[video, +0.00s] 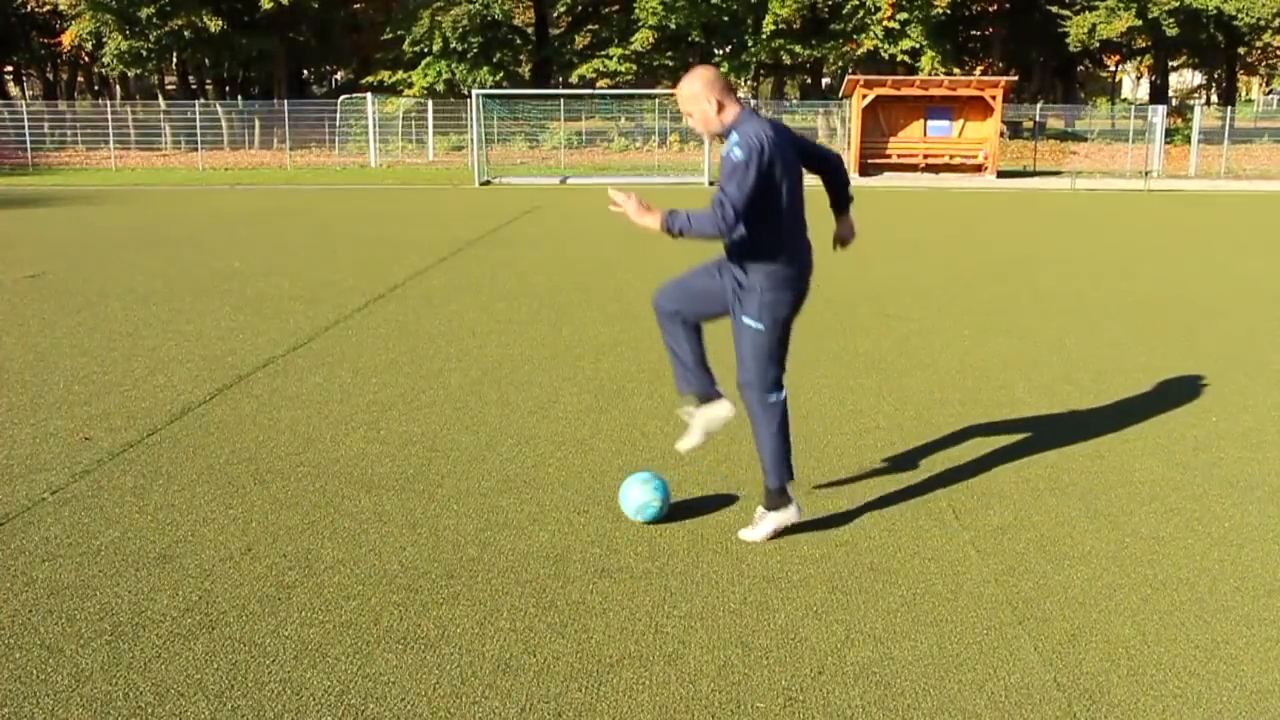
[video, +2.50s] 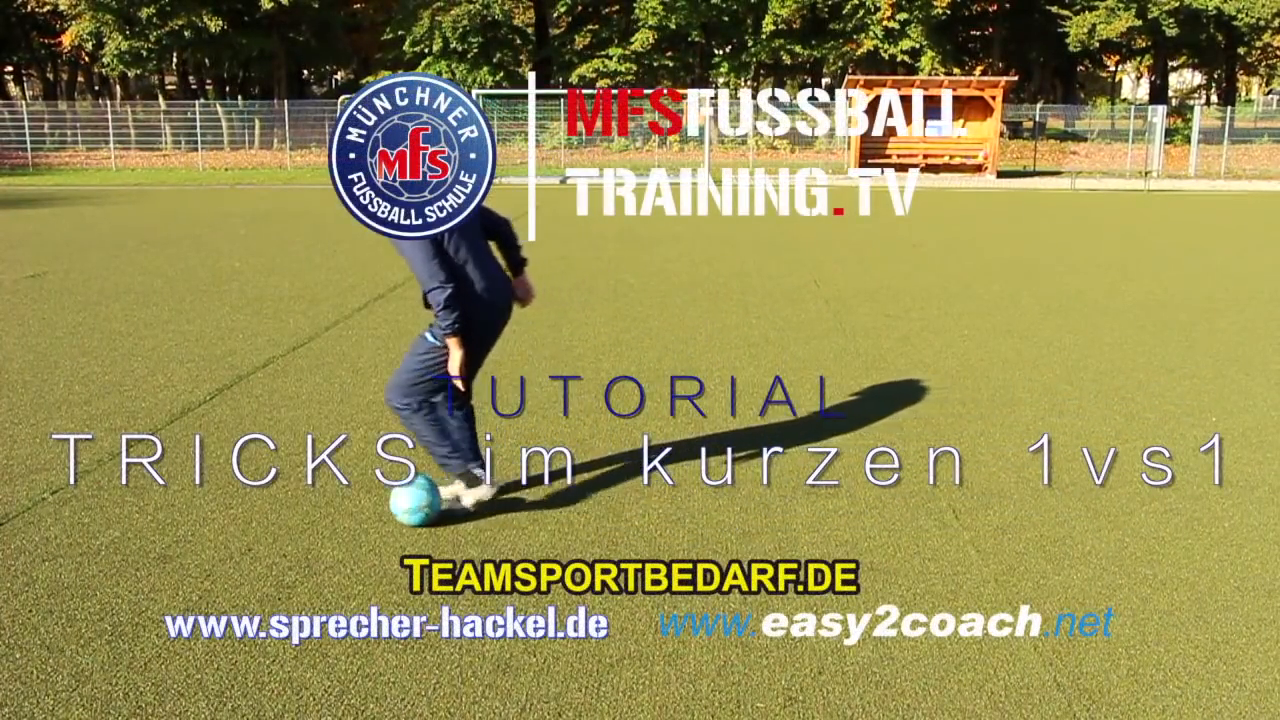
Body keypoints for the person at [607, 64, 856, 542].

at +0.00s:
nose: (691, 126)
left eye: (691, 115)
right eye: (687, 117)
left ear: (716, 105)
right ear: (721, 102)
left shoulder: (748, 142)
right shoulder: (767, 129)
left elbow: (723, 220)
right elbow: (830, 163)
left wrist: (656, 219)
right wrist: (843, 213)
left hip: (770, 277)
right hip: (742, 267)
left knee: (761, 388)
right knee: (670, 302)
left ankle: (779, 501)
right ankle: (706, 402)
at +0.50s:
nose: (620, 103)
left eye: (620, 93)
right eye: (616, 94)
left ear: (646, 79)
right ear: (654, 74)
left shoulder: (675, 121)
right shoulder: (708, 95)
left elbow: (692, 212)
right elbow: (771, 124)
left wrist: (656, 273)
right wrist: (805, 173)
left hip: (716, 250)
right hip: (720, 235)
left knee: (690, 357)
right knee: (620, 280)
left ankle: (679, 477)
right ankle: (642, 389)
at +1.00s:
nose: (555, 192)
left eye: (555, 183)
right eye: (551, 185)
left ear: (578, 169)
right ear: (581, 166)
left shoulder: (609, 215)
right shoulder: (645, 172)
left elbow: (632, 303)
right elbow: (708, 197)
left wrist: (642, 374)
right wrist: (753, 238)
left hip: (651, 323)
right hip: (672, 306)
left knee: (609, 426)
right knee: (568, 354)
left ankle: (661, 528)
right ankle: (524, 454)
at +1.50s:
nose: (502, 173)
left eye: (501, 163)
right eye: (498, 165)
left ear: (523, 151)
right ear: (530, 146)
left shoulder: (547, 193)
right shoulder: (592, 166)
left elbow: (565, 278)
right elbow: (649, 204)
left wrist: (576, 348)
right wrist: (685, 253)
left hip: (582, 316)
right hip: (608, 303)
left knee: (586, 426)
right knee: (529, 380)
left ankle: (654, 517)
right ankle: (476, 457)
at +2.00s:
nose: (426, 167)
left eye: (428, 158)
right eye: (424, 157)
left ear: (443, 157)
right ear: (461, 149)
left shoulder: (458, 199)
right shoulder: (504, 176)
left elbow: (478, 273)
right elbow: (562, 216)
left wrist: (492, 338)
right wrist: (604, 262)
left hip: (510, 311)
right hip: (537, 301)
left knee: (514, 420)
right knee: (473, 384)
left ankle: (606, 486)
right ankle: (478, 482)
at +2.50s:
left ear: (388, 194)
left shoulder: (406, 224)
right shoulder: (445, 199)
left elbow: (437, 282)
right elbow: (500, 225)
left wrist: (454, 345)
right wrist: (519, 274)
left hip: (470, 310)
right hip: (495, 299)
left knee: (403, 394)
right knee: (454, 390)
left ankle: (468, 475)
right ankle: (473, 476)